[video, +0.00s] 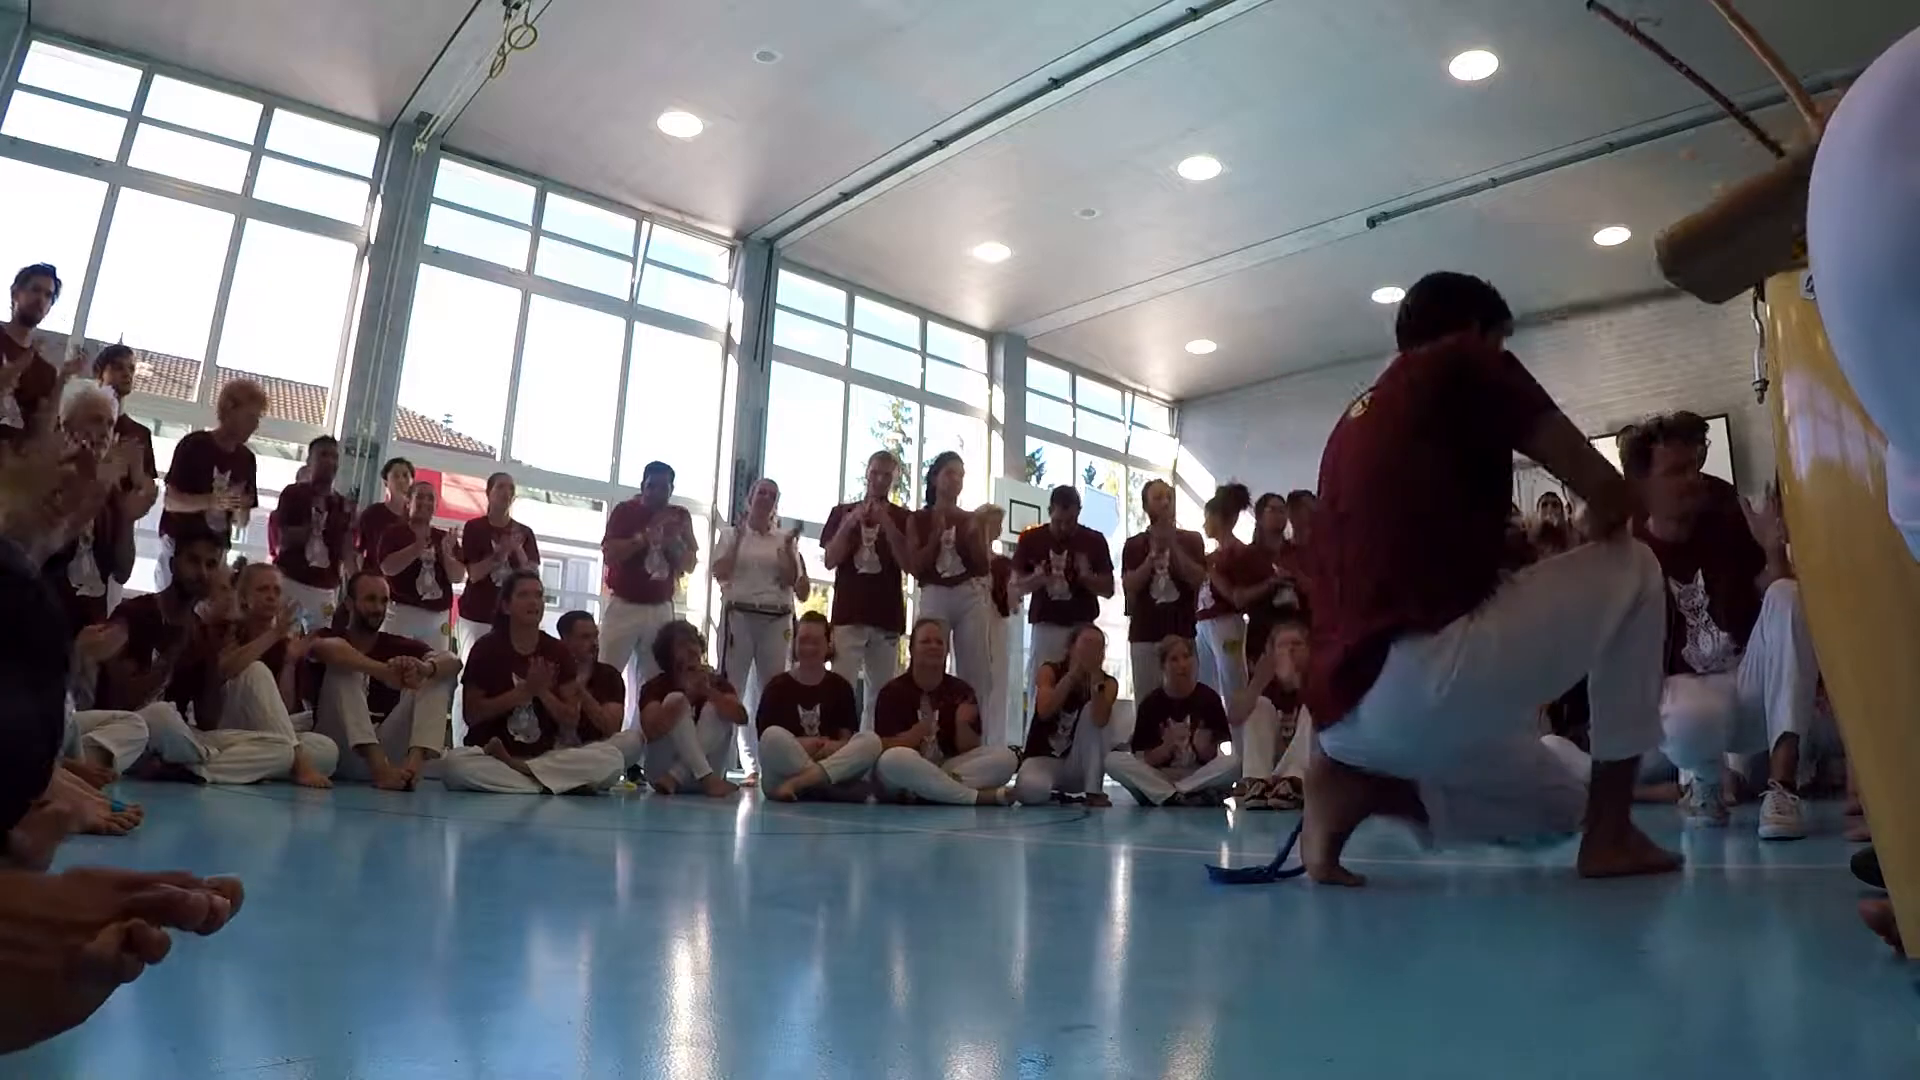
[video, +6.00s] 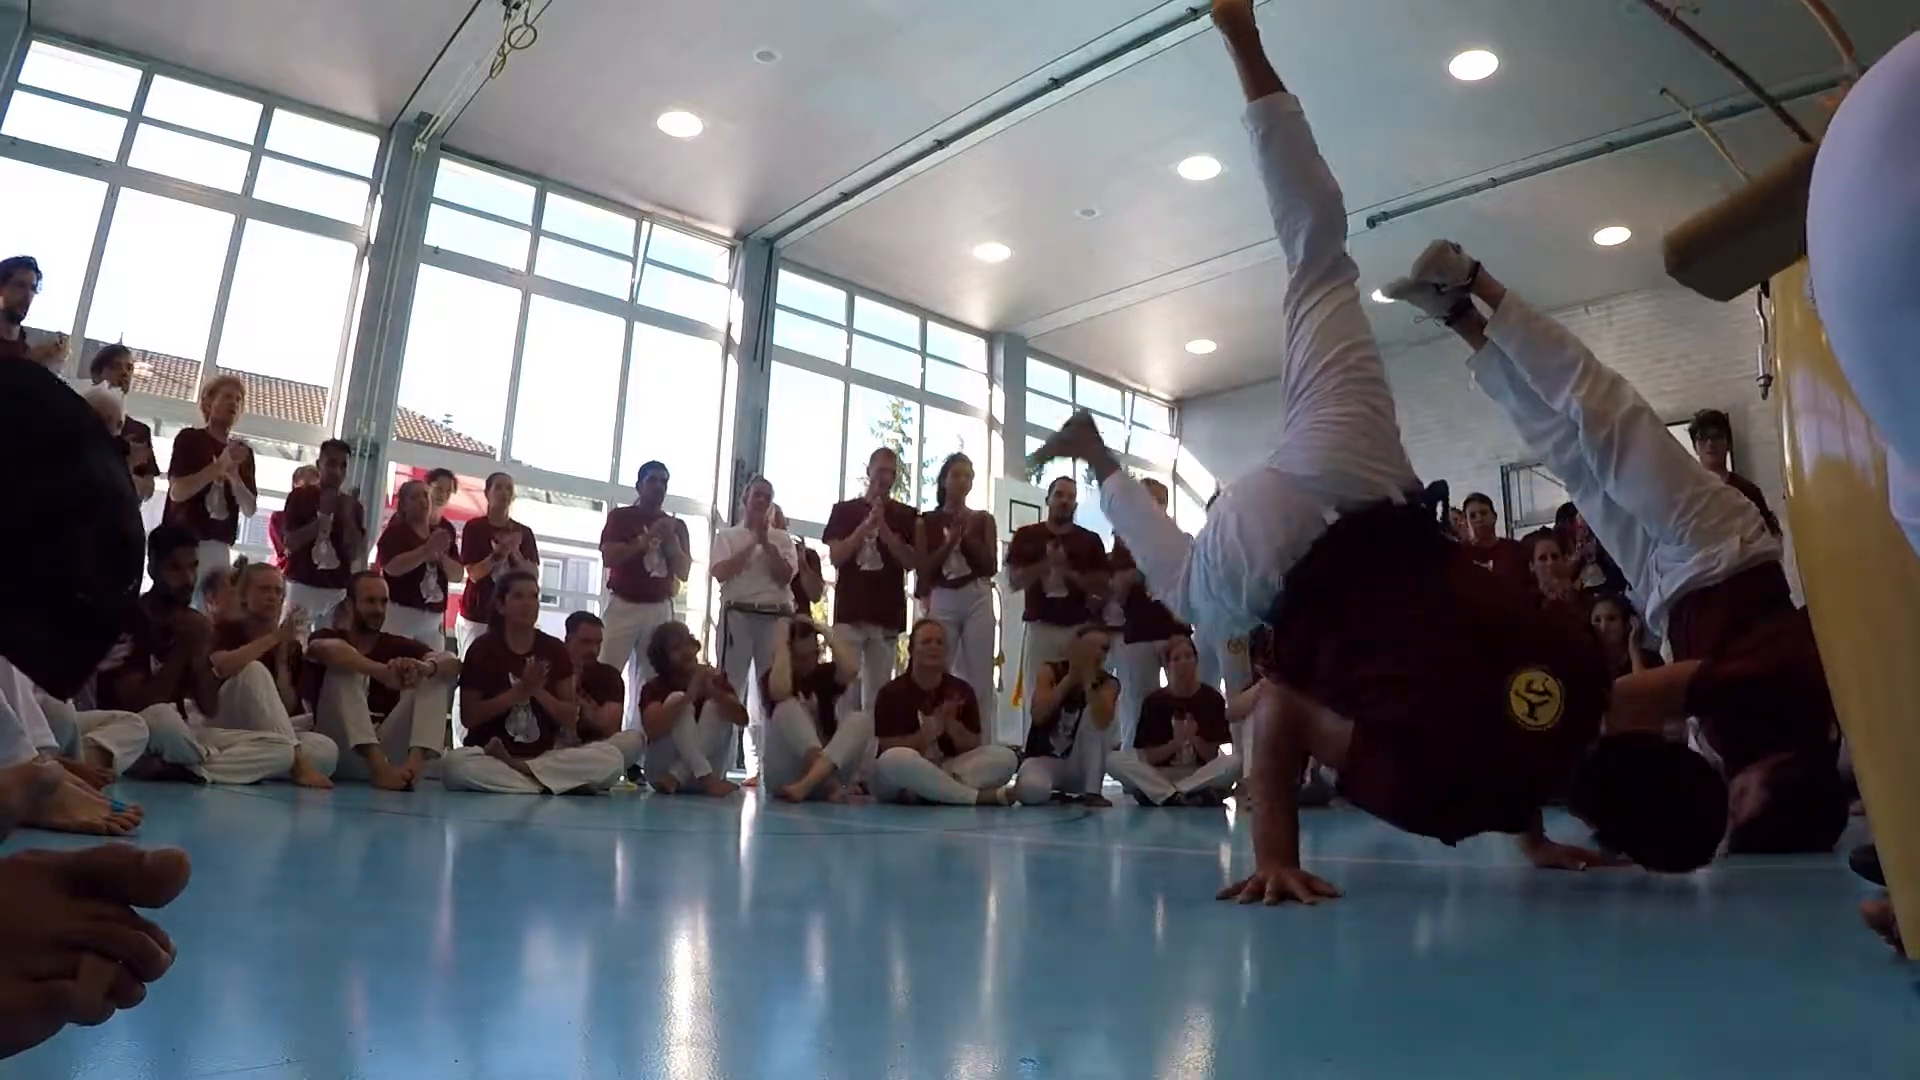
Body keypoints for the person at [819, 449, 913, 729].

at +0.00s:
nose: (878, 479)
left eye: (885, 475)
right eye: (874, 473)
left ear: (895, 478)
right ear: (866, 473)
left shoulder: (903, 517)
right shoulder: (842, 513)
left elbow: (910, 566)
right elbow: (830, 560)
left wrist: (887, 526)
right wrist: (848, 525)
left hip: (887, 619)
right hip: (848, 617)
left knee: (882, 695)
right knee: (842, 692)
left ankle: (880, 755)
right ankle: (839, 755)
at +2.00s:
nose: (863, 477)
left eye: (870, 471)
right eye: (859, 472)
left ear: (882, 472)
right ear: (855, 474)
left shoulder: (904, 513)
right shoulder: (839, 512)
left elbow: (908, 558)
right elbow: (835, 562)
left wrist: (880, 534)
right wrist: (859, 534)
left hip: (888, 617)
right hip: (849, 616)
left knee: (881, 692)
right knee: (846, 691)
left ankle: (879, 754)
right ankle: (844, 755)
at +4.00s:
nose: (862, 479)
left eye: (867, 473)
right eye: (856, 473)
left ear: (873, 476)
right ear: (844, 474)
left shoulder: (888, 512)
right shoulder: (825, 515)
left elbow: (899, 557)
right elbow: (830, 561)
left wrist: (876, 522)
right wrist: (861, 522)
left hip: (879, 619)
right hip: (841, 620)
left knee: (883, 702)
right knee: (836, 698)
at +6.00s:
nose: (886, 477)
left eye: (891, 472)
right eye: (881, 471)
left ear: (896, 476)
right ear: (868, 471)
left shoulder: (907, 514)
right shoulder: (844, 510)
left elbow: (910, 561)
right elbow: (836, 557)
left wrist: (883, 528)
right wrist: (866, 526)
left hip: (886, 613)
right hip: (849, 611)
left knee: (880, 690)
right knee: (845, 688)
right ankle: (844, 748)